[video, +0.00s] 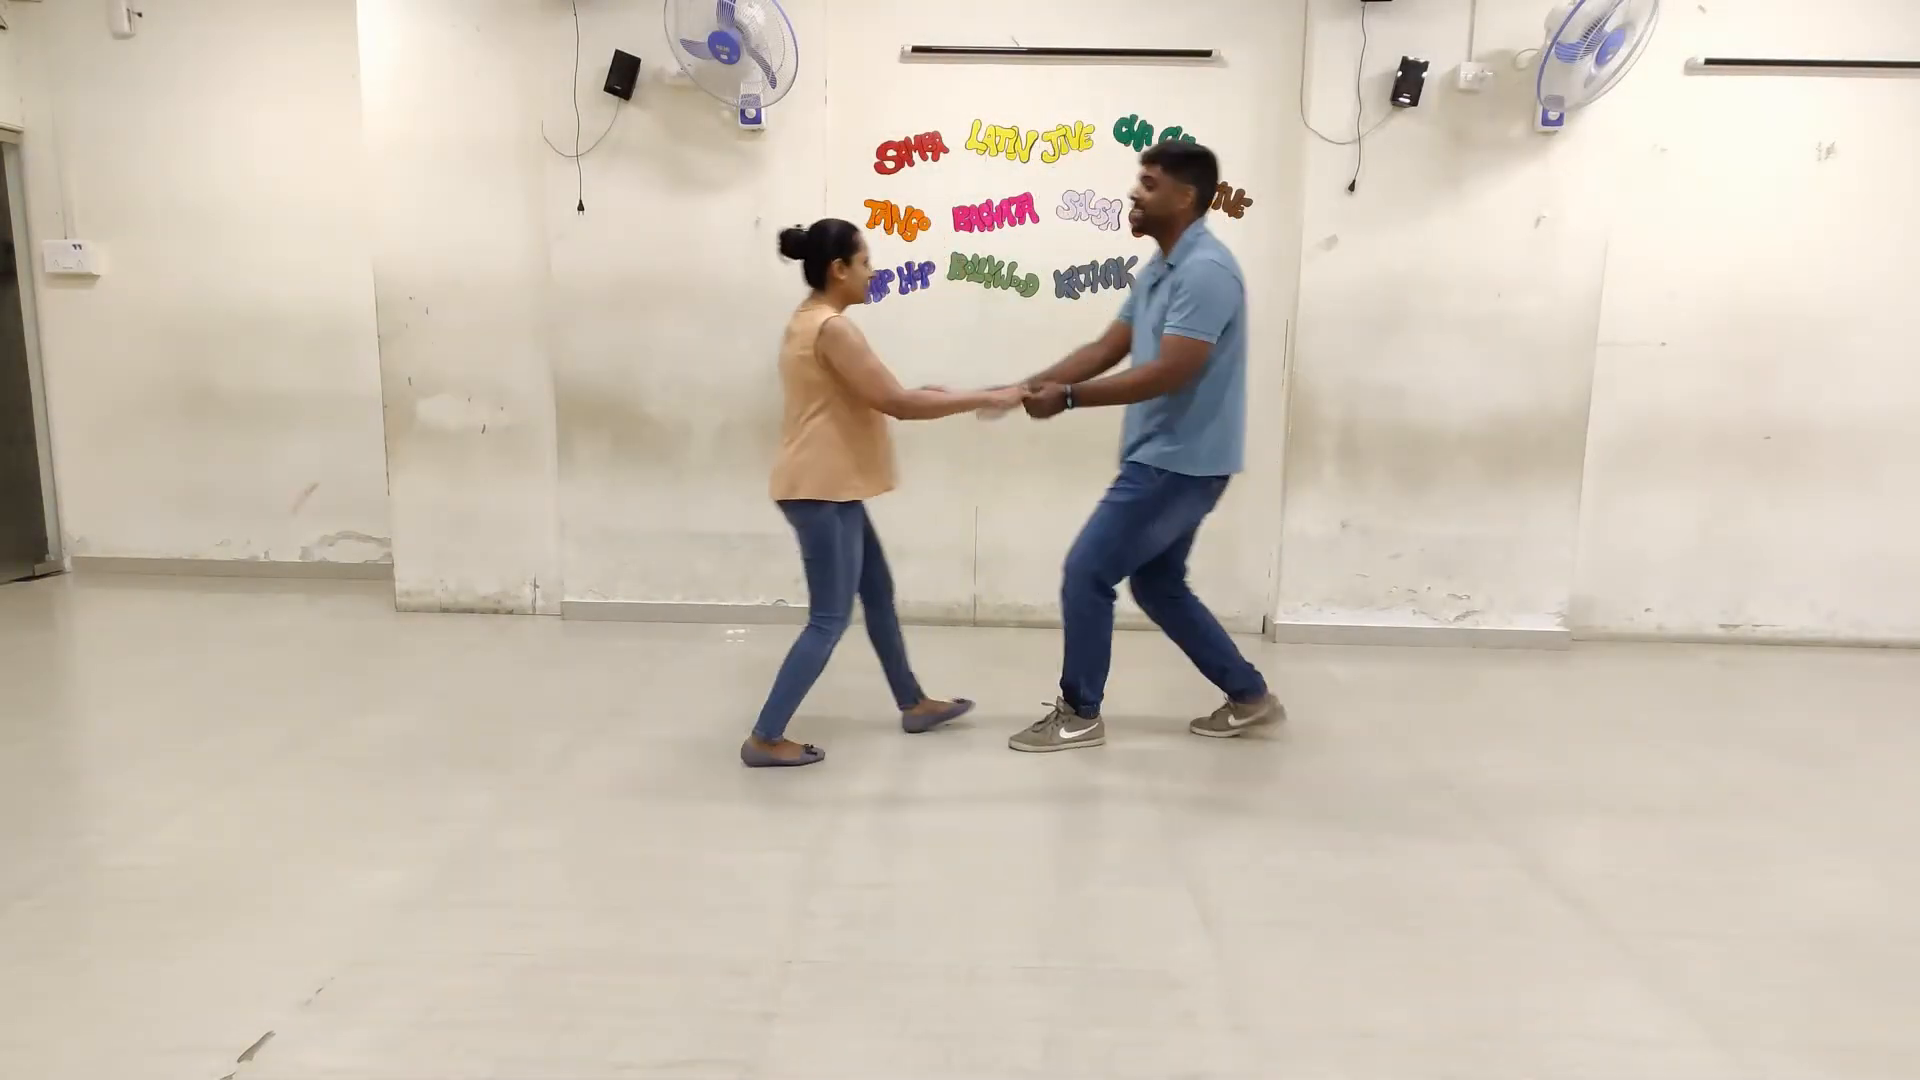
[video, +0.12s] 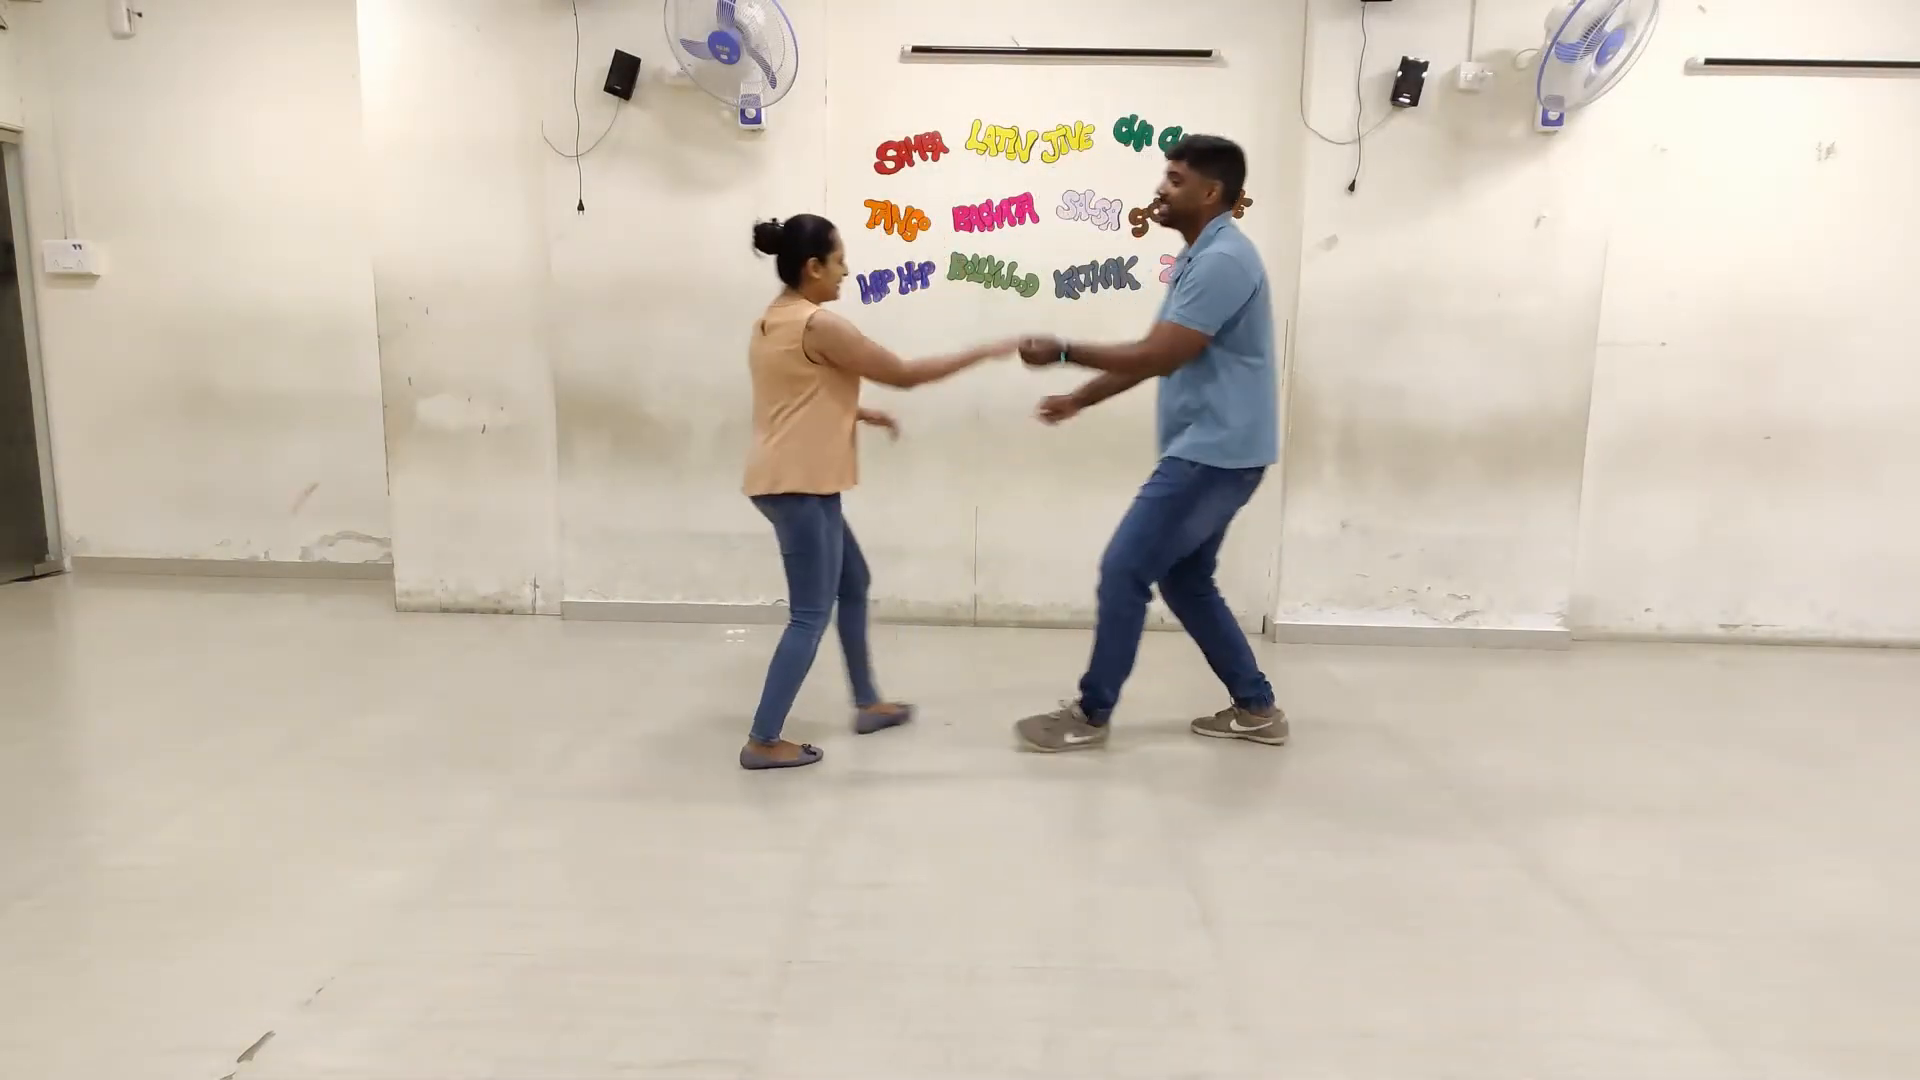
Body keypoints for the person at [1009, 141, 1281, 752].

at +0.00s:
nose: (1135, 192)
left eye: (1151, 184)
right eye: (1140, 180)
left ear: (1191, 200)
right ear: (1156, 190)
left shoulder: (1207, 269)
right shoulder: (1157, 268)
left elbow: (1176, 371)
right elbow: (1108, 349)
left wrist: (1071, 394)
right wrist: (1030, 387)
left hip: (1183, 460)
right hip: (1166, 456)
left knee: (1087, 570)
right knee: (1157, 587)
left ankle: (1079, 712)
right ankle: (1251, 697)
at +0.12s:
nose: (1162, 188)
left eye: (1176, 179)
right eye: (1166, 176)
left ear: (1215, 191)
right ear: (1202, 192)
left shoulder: (1224, 257)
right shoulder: (1205, 254)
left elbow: (1165, 354)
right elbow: (1156, 356)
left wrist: (1064, 349)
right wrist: (1081, 398)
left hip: (1215, 450)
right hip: (1216, 448)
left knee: (1125, 567)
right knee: (1185, 580)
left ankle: (1092, 714)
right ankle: (1257, 707)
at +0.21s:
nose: (1178, 176)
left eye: (1192, 168)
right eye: (1182, 165)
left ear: (1229, 180)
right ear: (1225, 182)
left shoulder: (1232, 240)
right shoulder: (1242, 240)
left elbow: (1160, 334)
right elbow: (1202, 348)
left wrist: (1063, 323)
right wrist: (1130, 392)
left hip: (1232, 438)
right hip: (1262, 438)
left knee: (1149, 560)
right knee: (1209, 571)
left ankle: (1157, 721)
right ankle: (1259, 708)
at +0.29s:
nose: (1185, 172)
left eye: (1199, 163)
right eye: (1189, 161)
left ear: (1236, 177)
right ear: (1236, 179)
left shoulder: (1233, 237)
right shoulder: (1255, 236)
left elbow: (1163, 333)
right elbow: (1216, 343)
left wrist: (1069, 323)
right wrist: (1147, 389)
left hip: (1242, 435)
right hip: (1278, 435)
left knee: (1161, 559)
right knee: (1222, 568)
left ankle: (1184, 721)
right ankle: (1261, 708)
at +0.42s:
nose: (1188, 172)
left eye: (1203, 162)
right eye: (1192, 160)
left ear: (1241, 173)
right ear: (1238, 175)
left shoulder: (1242, 233)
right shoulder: (1252, 231)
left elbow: (1175, 332)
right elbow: (1225, 340)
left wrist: (1085, 320)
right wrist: (1154, 382)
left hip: (1256, 428)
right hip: (1280, 428)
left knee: (1168, 548)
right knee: (1226, 566)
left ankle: (1167, 712)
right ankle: (1267, 709)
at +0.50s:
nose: (1184, 179)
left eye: (1199, 169)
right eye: (1188, 168)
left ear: (1239, 182)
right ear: (1226, 183)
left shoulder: (1245, 243)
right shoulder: (1225, 245)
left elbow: (1187, 340)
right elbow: (1199, 346)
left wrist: (1096, 323)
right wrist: (1139, 393)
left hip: (1259, 435)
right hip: (1248, 433)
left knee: (1162, 557)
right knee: (1213, 575)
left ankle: (1132, 712)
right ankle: (1281, 703)